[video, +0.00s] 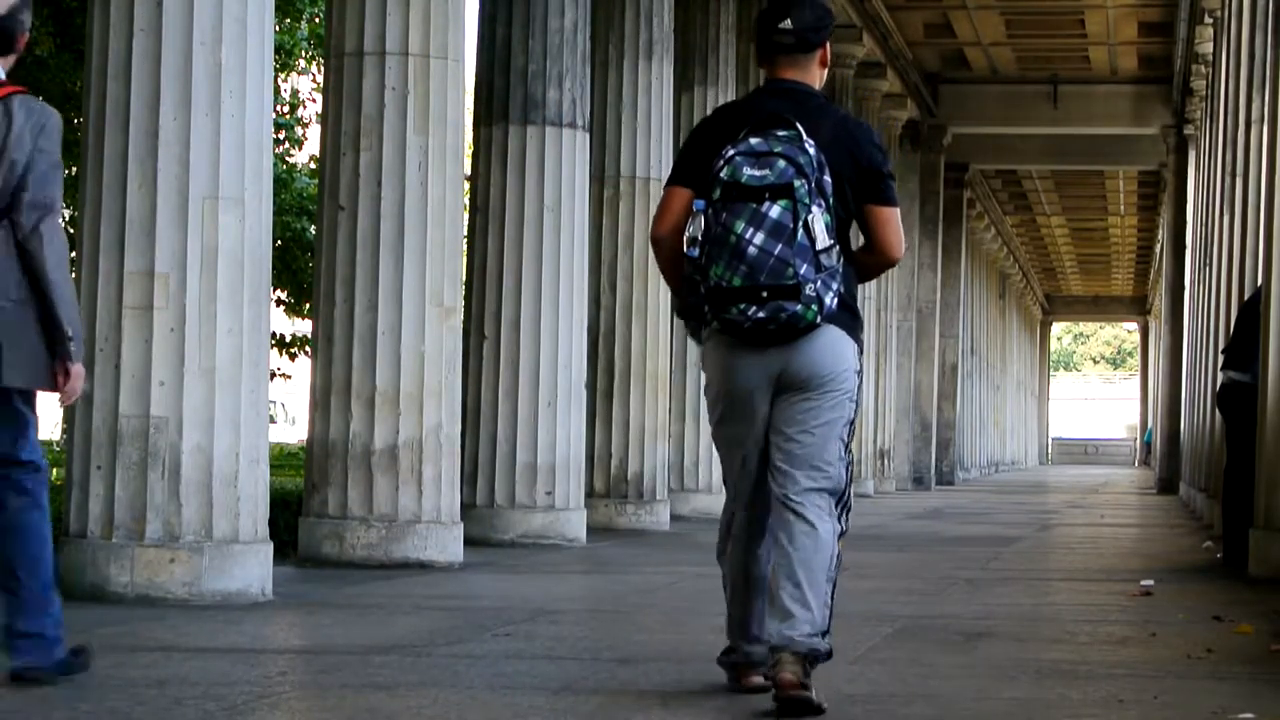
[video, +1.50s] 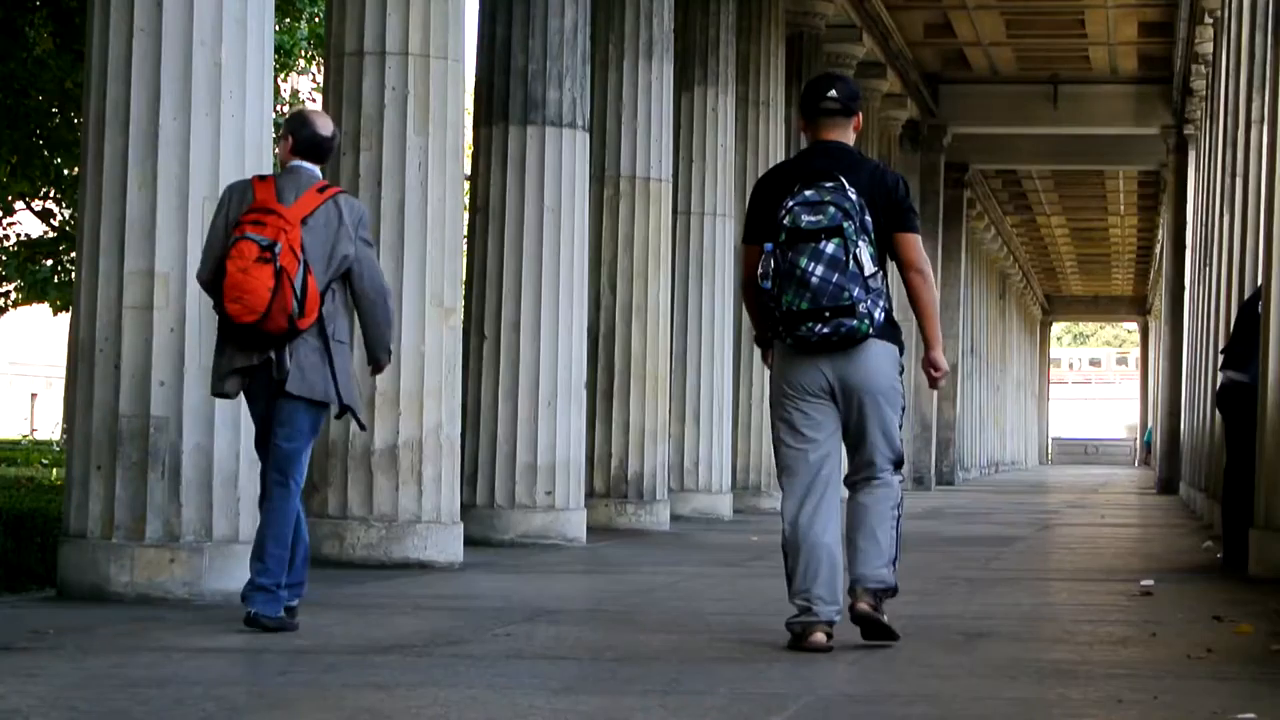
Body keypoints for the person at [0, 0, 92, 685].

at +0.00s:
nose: (26, 40)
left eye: (19, 29)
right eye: (27, 30)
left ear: (2, 45)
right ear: (20, 43)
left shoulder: (28, 119)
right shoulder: (27, 118)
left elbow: (39, 229)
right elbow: (38, 231)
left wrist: (64, 340)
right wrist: (68, 339)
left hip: (12, 339)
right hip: (7, 338)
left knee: (21, 480)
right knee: (20, 479)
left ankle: (35, 644)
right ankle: (34, 646)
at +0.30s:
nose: (119, 72)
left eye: (112, 63)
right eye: (119, 66)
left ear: (57, 68)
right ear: (113, 75)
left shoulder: (19, 130)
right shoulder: (117, 147)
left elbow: (10, 230)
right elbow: (132, 255)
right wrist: (160, 355)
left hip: (17, 339)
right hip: (90, 345)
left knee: (20, 476)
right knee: (95, 496)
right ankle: (76, 645)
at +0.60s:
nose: (179, 102)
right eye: (180, 94)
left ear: (120, 96)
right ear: (174, 104)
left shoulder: (64, 154)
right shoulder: (186, 169)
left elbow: (28, 246)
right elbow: (217, 260)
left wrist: (49, 312)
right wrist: (233, 319)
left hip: (73, 337)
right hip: (142, 342)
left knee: (122, 480)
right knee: (115, 483)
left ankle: (145, 616)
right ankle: (80, 630)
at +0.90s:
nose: (170, 101)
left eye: (173, 94)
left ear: (176, 103)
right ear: (226, 116)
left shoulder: (124, 160)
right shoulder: (245, 174)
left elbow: (99, 248)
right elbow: (254, 268)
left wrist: (116, 330)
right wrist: (276, 353)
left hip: (141, 342)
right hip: (215, 347)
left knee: (153, 474)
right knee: (227, 461)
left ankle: (152, 620)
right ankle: (208, 590)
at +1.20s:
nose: (236, 129)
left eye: (239, 124)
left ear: (242, 135)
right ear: (288, 148)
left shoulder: (193, 185)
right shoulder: (304, 206)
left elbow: (157, 264)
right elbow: (309, 288)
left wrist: (185, 330)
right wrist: (321, 365)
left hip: (202, 355)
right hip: (271, 362)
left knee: (206, 469)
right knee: (270, 485)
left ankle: (175, 561)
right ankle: (265, 608)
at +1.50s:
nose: (276, 141)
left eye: (279, 136)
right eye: (283, 134)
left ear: (285, 146)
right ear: (327, 157)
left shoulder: (240, 195)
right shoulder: (345, 210)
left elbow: (208, 273)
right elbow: (371, 288)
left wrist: (241, 320)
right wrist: (380, 349)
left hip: (251, 351)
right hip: (311, 355)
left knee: (279, 471)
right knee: (284, 476)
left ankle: (288, 587)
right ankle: (264, 601)